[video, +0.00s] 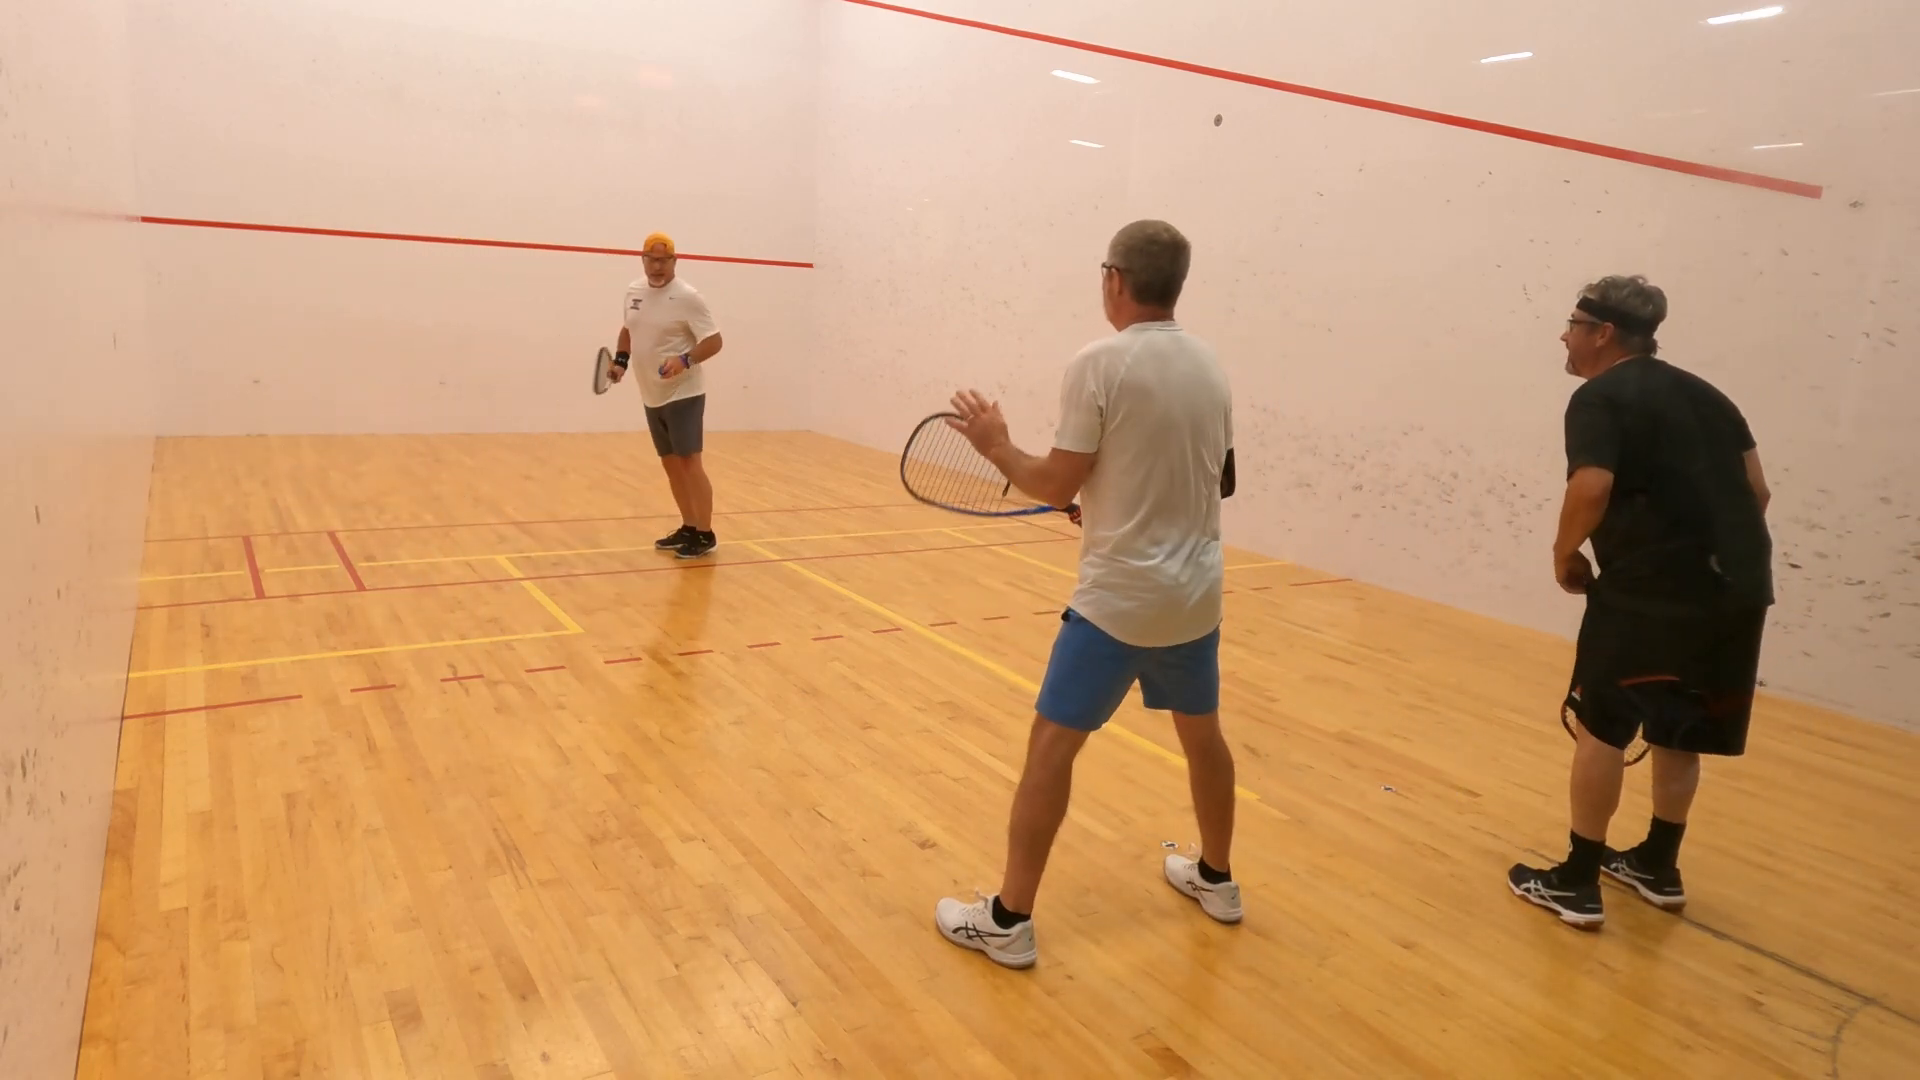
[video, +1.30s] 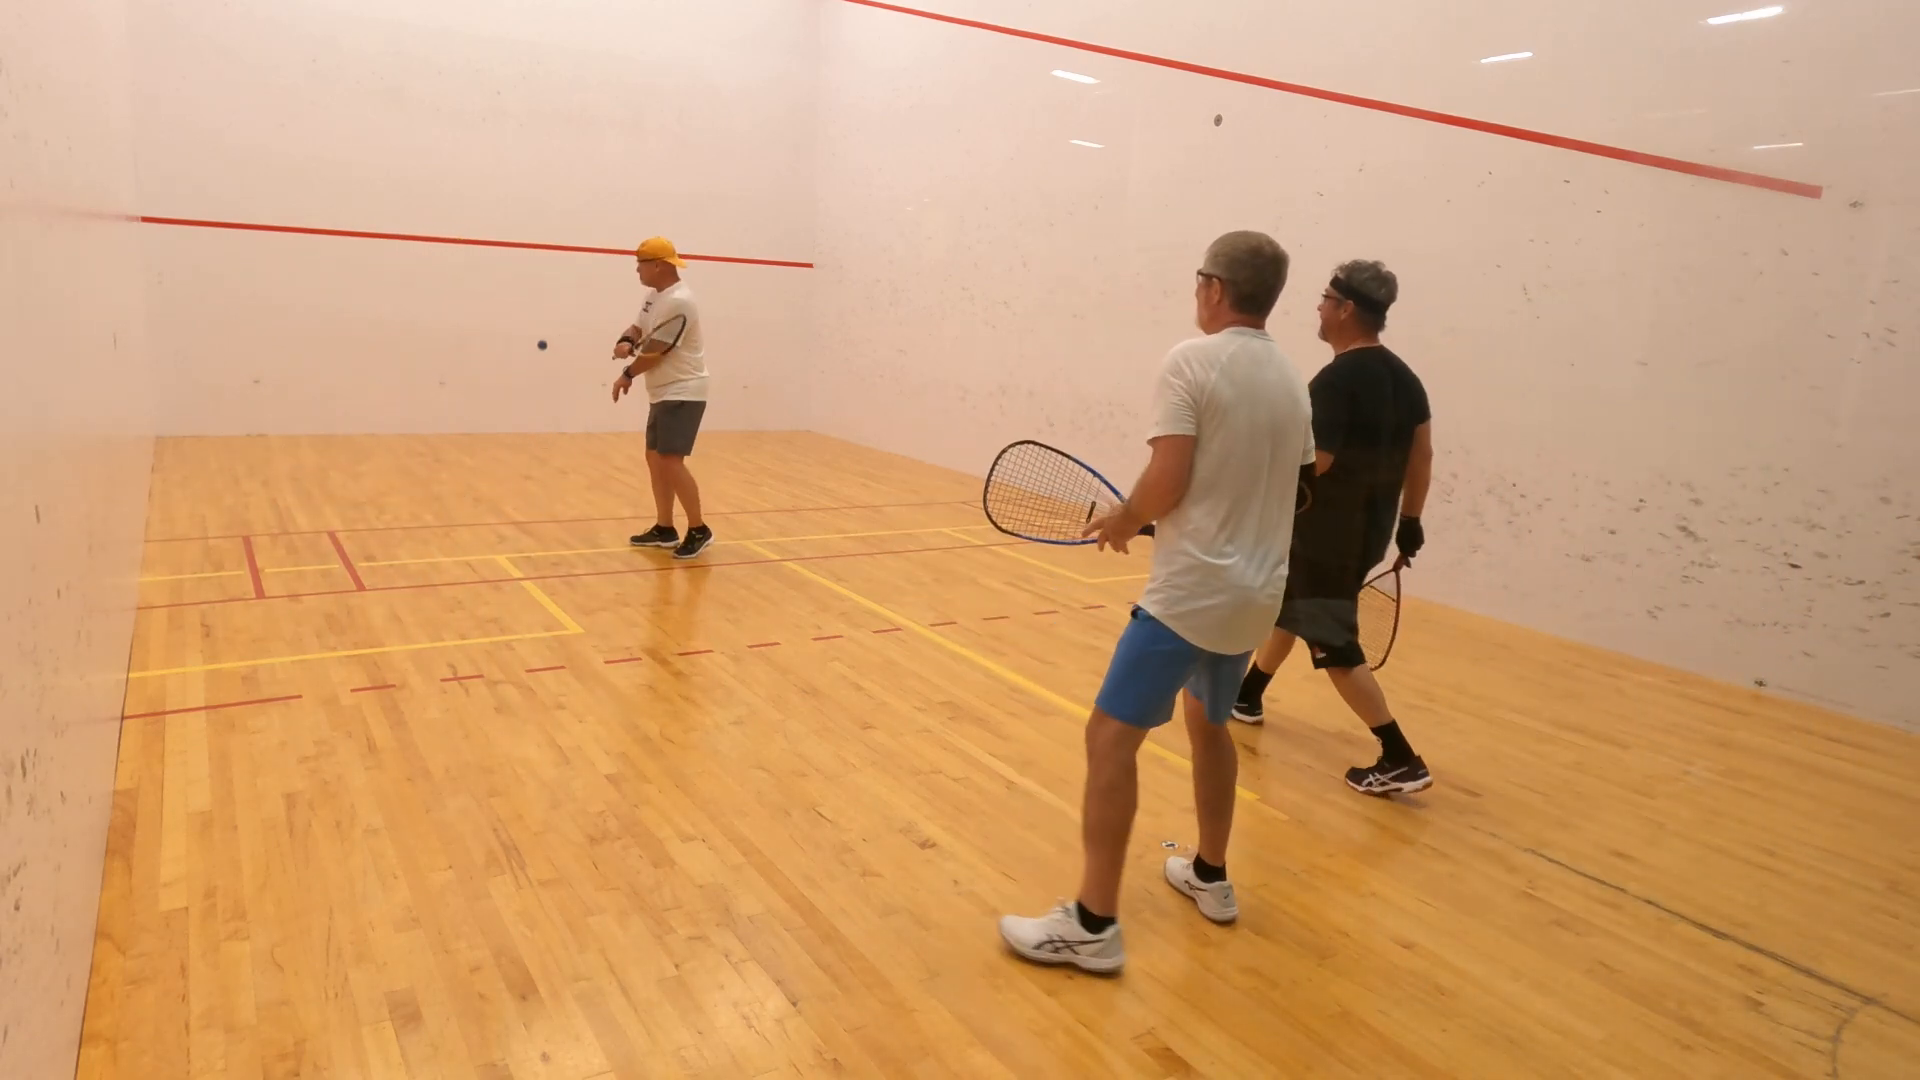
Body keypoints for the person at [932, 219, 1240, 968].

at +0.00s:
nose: (1101, 286)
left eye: (1104, 276)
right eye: (1106, 274)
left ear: (1116, 282)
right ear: (1176, 287)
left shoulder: (1101, 363)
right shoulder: (1205, 364)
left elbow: (1056, 482)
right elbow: (1216, 481)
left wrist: (996, 445)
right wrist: (1101, 503)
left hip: (1115, 598)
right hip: (1196, 595)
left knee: (1052, 746)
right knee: (1203, 731)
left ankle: (1009, 917)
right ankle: (1217, 876)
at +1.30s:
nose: (1195, 293)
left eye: (1199, 282)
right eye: (1201, 281)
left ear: (1215, 290)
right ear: (1268, 300)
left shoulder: (1193, 362)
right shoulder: (1287, 376)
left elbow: (1167, 483)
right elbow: (1294, 478)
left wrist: (1123, 521)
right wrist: (1158, 511)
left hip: (1189, 593)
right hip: (1257, 594)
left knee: (1110, 735)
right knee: (1208, 718)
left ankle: (1094, 921)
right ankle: (1210, 876)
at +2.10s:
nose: (1385, 276)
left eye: (1393, 264)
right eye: (1393, 262)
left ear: (1417, 283)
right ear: (1475, 293)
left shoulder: (1401, 388)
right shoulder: (1512, 388)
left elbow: (1397, 545)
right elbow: (1540, 525)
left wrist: (1346, 687)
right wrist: (1460, 599)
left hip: (1398, 673)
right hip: (1467, 668)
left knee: (1353, 837)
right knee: (1400, 812)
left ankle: (1378, 1031)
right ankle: (1442, 1000)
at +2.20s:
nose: (1421, 271)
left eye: (1431, 262)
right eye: (1429, 258)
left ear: (1460, 287)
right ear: (1506, 297)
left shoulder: (1443, 391)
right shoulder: (1539, 387)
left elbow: (1452, 553)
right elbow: (1569, 532)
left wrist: (1386, 691)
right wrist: (1492, 611)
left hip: (1435, 687)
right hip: (1509, 687)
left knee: (1370, 844)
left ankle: (1378, 1033)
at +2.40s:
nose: (1484, 273)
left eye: (1495, 261)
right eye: (1491, 257)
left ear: (1529, 284)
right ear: (1561, 293)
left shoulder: (1541, 383)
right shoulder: (1587, 379)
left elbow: (1568, 554)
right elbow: (1582, 558)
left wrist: (1466, 682)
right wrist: (1476, 653)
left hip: (1542, 705)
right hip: (1601, 705)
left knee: (1452, 883)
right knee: (1566, 889)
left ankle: (1447, 1071)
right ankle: (1601, 1074)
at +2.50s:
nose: (1516, 263)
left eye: (1531, 251)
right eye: (1527, 248)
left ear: (1567, 279)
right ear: (1585, 284)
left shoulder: (1594, 386)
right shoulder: (1614, 377)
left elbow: (1627, 567)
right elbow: (1622, 566)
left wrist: (1482, 684)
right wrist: (1493, 680)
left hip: (1577, 728)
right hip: (1603, 724)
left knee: (1490, 938)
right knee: (1598, 913)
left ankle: (1545, 1075)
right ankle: (1607, 1074)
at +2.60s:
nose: (1546, 270)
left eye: (1561, 258)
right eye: (1557, 253)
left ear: (1600, 288)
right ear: (1615, 293)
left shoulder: (1640, 409)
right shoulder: (1624, 396)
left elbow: (1684, 599)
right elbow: (1644, 593)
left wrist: (1523, 689)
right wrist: (1535, 688)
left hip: (1610, 766)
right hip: (1594, 751)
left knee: (1564, 1007)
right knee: (1607, 957)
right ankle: (1609, 1073)